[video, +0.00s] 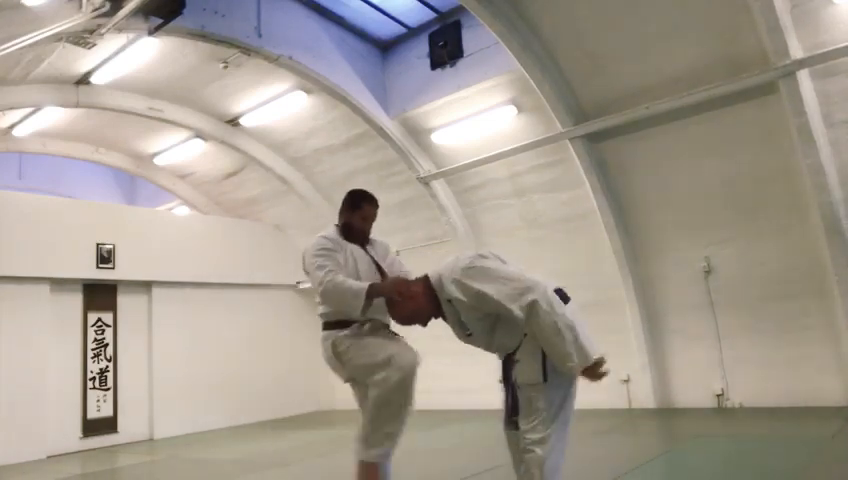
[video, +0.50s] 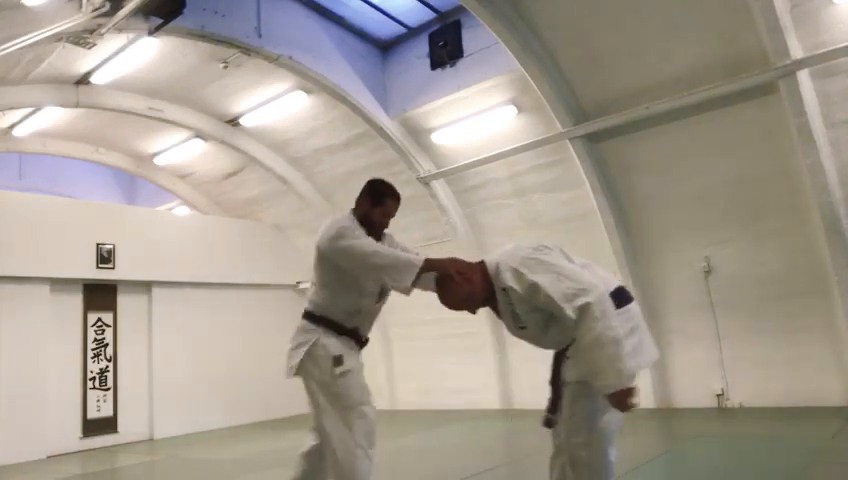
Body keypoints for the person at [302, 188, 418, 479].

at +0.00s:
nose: (370, 227)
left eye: (373, 221)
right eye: (366, 220)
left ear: (374, 219)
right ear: (346, 215)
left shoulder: (378, 248)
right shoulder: (322, 246)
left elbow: (404, 278)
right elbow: (327, 287)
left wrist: (417, 301)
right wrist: (377, 289)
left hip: (378, 332)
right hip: (344, 336)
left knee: (380, 411)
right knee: (402, 360)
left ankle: (377, 466)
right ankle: (372, 459)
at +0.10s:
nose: (376, 226)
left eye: (379, 220)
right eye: (372, 219)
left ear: (381, 219)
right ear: (352, 214)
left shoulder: (382, 250)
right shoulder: (329, 244)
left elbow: (407, 276)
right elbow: (334, 281)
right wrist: (384, 279)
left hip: (382, 337)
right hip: (351, 339)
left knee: (390, 420)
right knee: (413, 374)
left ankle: (387, 472)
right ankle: (389, 471)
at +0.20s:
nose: (384, 230)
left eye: (387, 224)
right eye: (381, 223)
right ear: (360, 217)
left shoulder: (381, 255)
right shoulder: (335, 243)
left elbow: (404, 288)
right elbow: (339, 271)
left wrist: (431, 282)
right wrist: (393, 266)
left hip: (380, 349)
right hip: (354, 349)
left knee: (410, 418)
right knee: (404, 417)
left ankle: (400, 475)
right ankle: (389, 475)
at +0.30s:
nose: (389, 229)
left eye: (392, 223)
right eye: (385, 221)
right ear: (365, 215)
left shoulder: (380, 256)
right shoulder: (344, 238)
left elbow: (409, 285)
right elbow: (354, 264)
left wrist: (438, 278)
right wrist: (413, 256)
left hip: (376, 355)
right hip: (351, 354)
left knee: (398, 441)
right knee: (383, 445)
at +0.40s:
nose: (395, 218)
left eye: (397, 211)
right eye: (392, 208)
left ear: (379, 206)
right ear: (373, 201)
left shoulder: (387, 244)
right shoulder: (349, 221)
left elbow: (412, 276)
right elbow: (360, 251)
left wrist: (448, 280)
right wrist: (419, 260)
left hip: (357, 344)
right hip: (334, 340)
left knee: (371, 434)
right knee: (357, 435)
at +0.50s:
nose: (388, 223)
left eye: (391, 216)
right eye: (386, 214)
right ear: (365, 205)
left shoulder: (381, 242)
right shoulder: (340, 235)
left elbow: (413, 270)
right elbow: (384, 261)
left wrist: (459, 283)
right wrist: (442, 265)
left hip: (344, 346)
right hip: (323, 343)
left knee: (334, 435)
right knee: (359, 420)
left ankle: (308, 474)